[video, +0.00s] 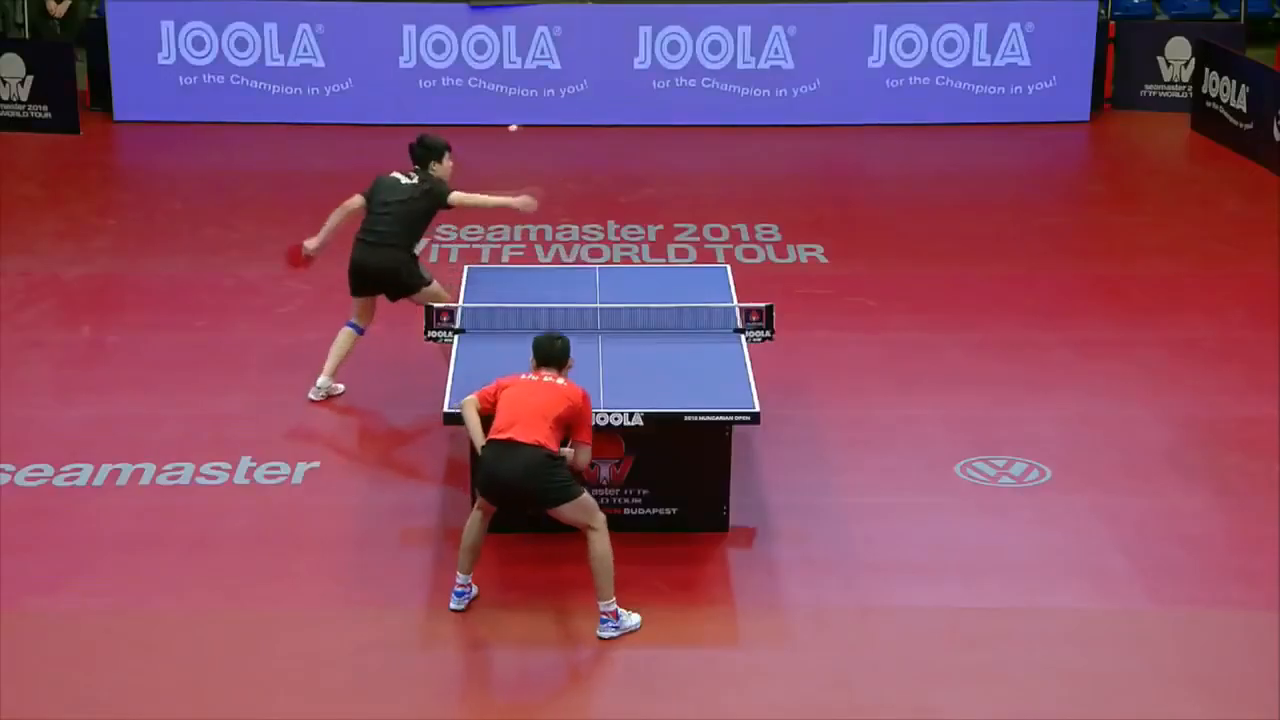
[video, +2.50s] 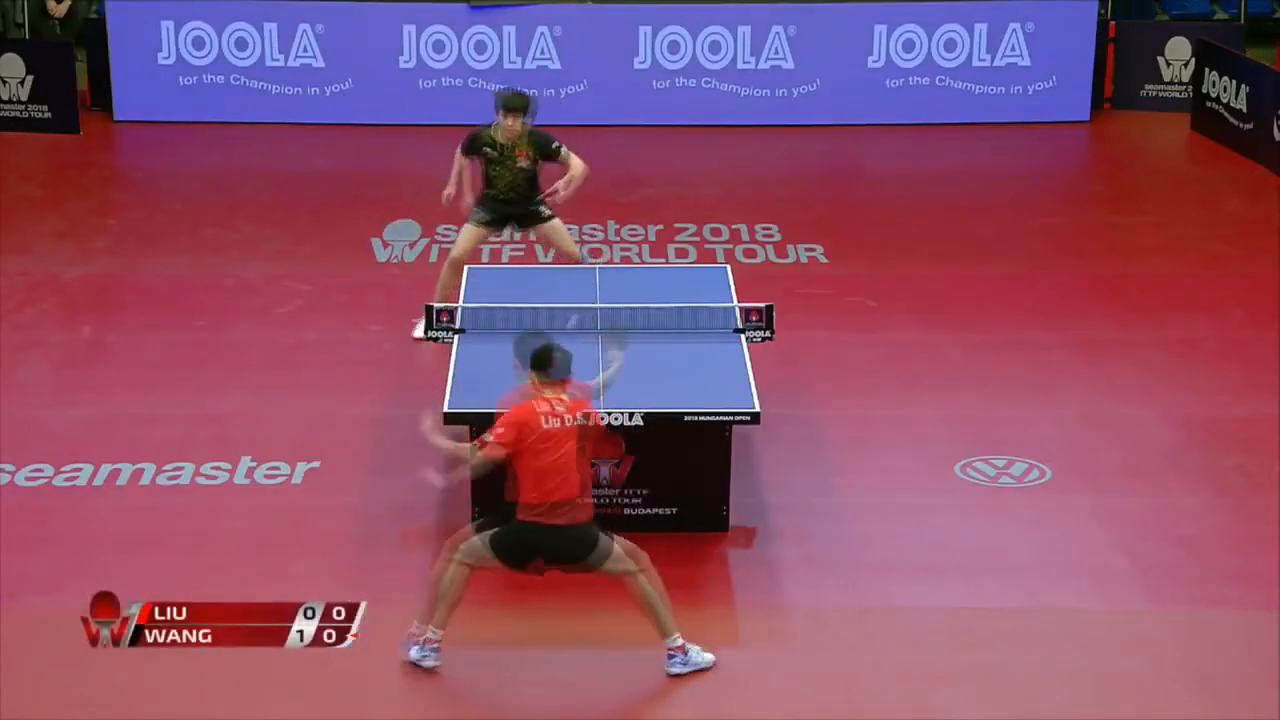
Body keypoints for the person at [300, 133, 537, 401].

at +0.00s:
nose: (452, 166)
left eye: (450, 159)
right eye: (448, 160)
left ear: (420, 164)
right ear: (434, 164)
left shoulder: (384, 181)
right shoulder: (434, 188)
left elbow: (347, 207)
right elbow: (467, 199)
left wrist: (318, 240)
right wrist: (513, 201)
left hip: (361, 262)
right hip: (396, 265)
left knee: (359, 319)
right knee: (448, 306)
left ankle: (324, 380)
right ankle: (466, 375)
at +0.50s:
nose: (502, 219)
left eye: (506, 213)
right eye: (502, 212)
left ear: (490, 198)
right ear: (489, 202)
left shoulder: (474, 192)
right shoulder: (462, 225)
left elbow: (484, 176)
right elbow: (421, 241)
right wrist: (405, 281)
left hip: (400, 257)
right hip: (417, 269)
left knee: (406, 320)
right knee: (456, 316)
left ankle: (345, 350)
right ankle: (434, 391)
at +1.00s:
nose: (533, 156)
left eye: (538, 150)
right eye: (527, 150)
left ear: (544, 151)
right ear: (515, 150)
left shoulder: (553, 176)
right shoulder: (498, 172)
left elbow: (589, 198)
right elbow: (470, 189)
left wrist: (590, 208)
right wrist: (464, 223)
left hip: (536, 242)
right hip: (496, 242)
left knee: (576, 272)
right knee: (465, 294)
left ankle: (584, 343)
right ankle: (432, 356)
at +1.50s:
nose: (536, 145)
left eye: (541, 140)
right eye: (532, 139)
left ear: (550, 138)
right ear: (523, 135)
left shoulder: (558, 155)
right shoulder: (512, 146)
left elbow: (575, 183)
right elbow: (501, 154)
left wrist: (574, 186)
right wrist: (485, 181)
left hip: (553, 214)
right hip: (516, 211)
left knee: (594, 264)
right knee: (473, 260)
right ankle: (437, 322)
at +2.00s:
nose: (544, 169)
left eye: (550, 164)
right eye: (541, 163)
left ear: (560, 164)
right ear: (534, 160)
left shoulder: (575, 181)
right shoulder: (520, 176)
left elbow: (608, 208)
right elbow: (494, 202)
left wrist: (584, 235)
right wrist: (507, 225)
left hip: (565, 232)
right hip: (527, 230)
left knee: (610, 267)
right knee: (485, 263)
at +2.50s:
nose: (511, 123)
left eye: (517, 117)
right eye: (506, 116)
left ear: (525, 119)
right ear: (498, 116)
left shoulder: (537, 140)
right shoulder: (482, 137)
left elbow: (579, 166)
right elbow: (461, 153)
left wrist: (566, 185)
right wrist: (453, 184)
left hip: (530, 206)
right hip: (491, 206)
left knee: (575, 256)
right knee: (455, 258)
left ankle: (596, 316)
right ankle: (434, 317)